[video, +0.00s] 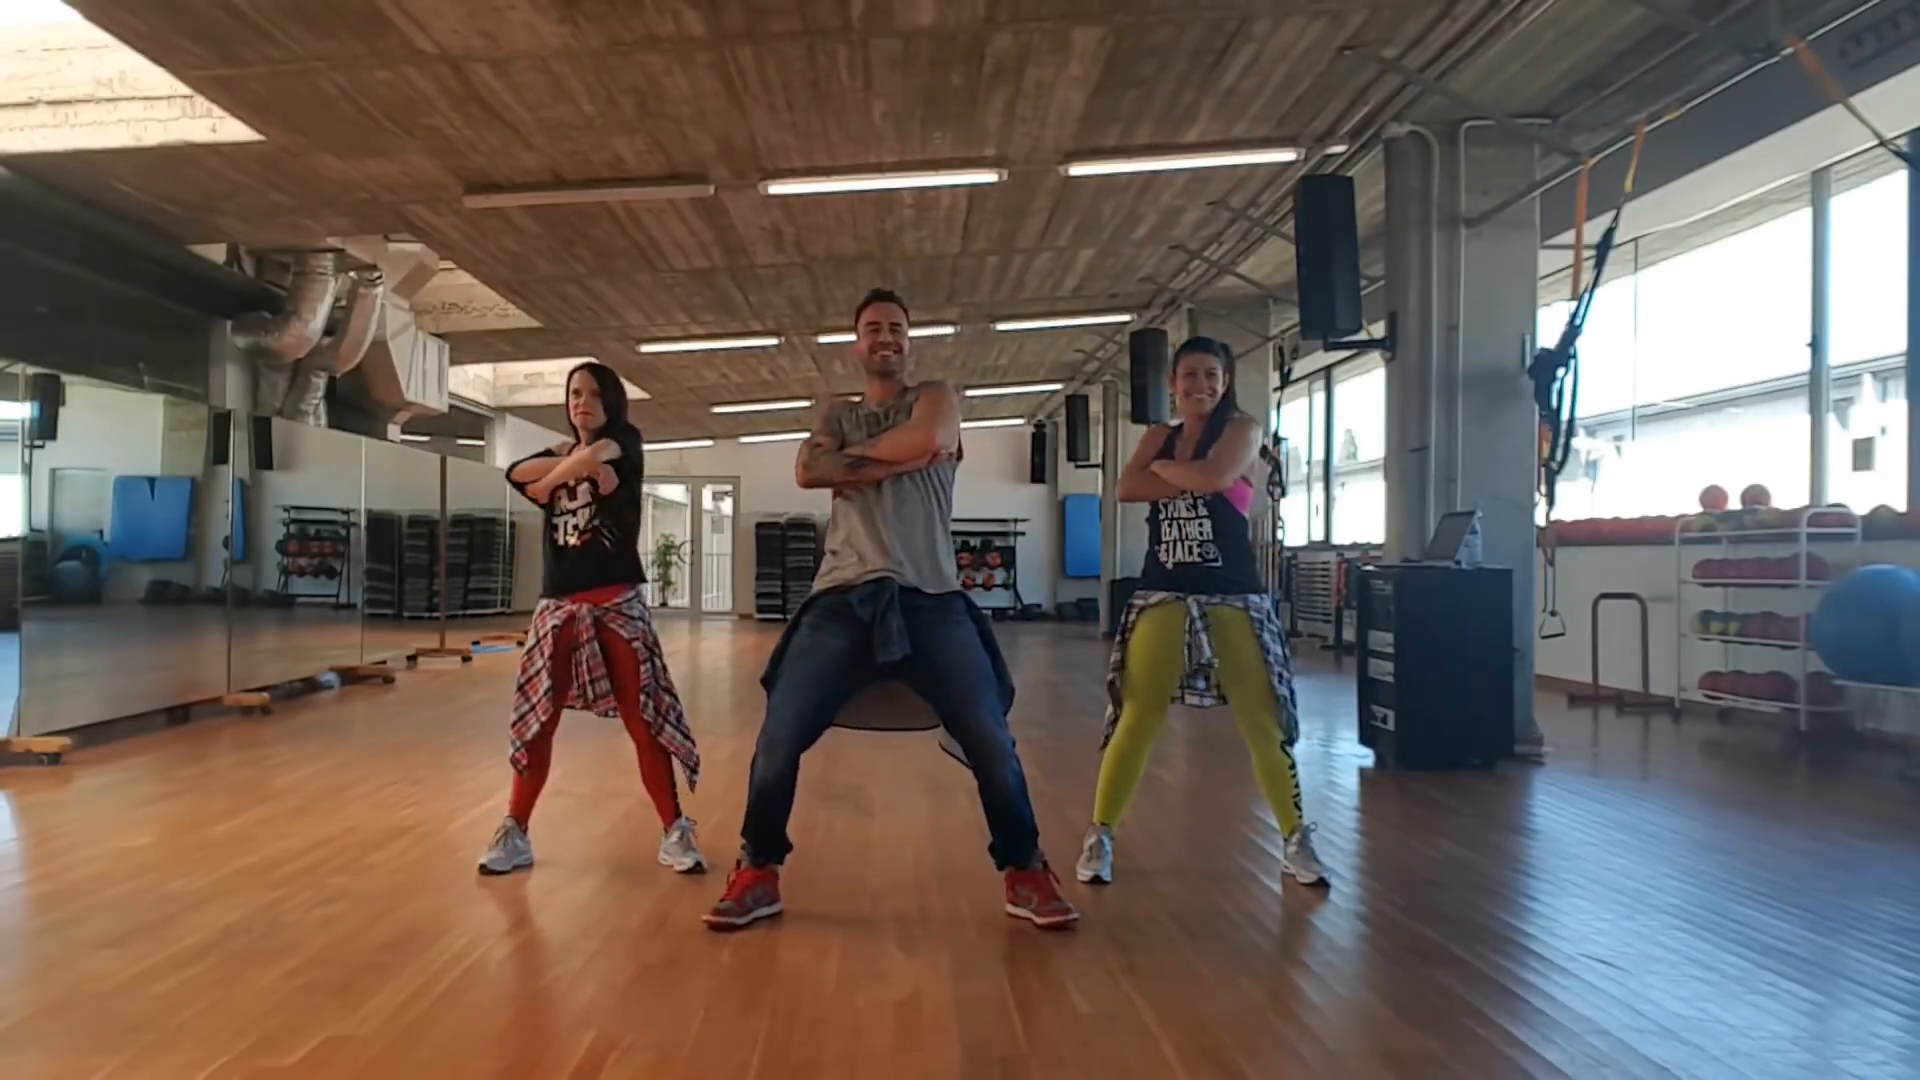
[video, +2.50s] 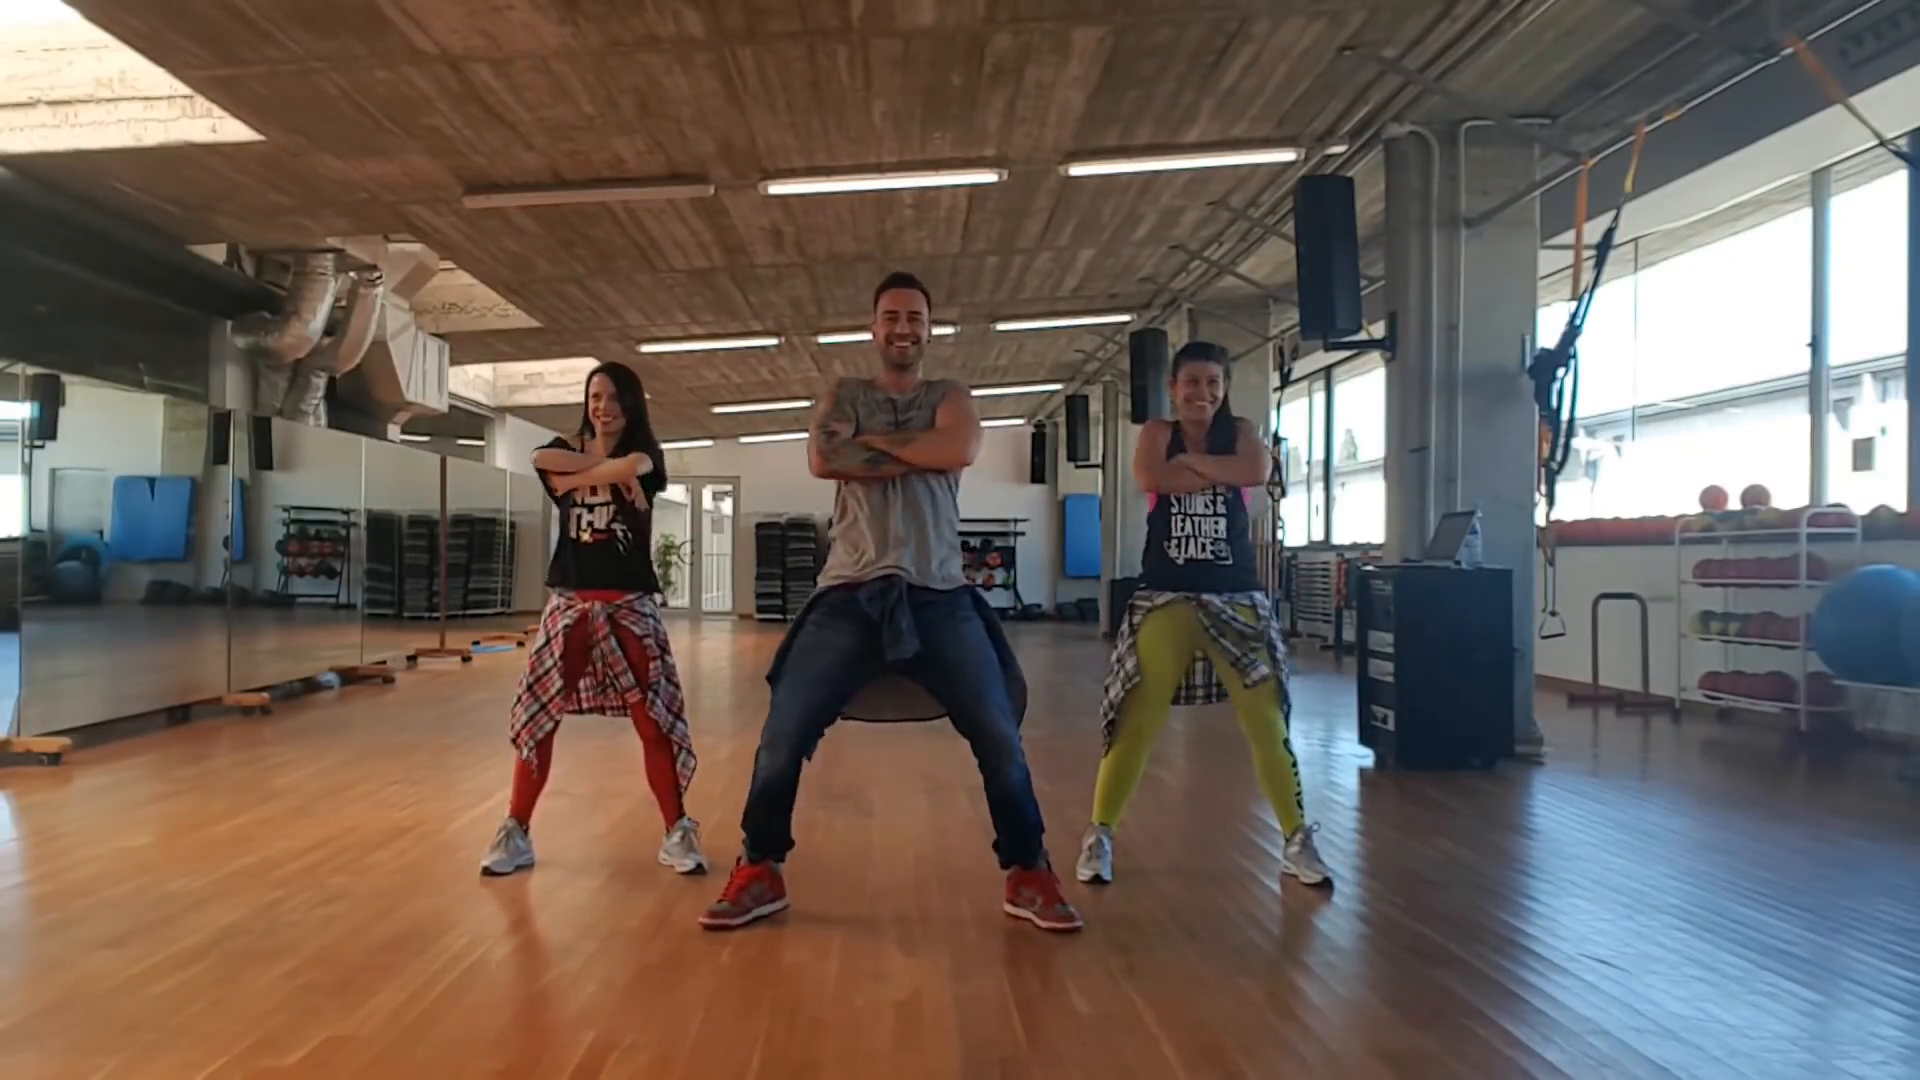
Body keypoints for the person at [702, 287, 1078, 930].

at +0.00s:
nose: (884, 338)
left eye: (894, 329)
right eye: (873, 329)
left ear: (909, 341)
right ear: (855, 344)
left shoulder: (936, 396)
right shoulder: (836, 412)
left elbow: (929, 442)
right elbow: (808, 472)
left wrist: (843, 454)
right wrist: (894, 460)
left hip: (930, 595)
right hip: (842, 595)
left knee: (989, 736)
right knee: (777, 737)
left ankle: (1025, 872)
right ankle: (757, 873)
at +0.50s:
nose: (914, 350)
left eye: (924, 340)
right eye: (903, 340)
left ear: (941, 347)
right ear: (886, 345)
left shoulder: (957, 413)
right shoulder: (864, 396)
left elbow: (988, 459)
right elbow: (862, 451)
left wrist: (896, 448)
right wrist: (950, 463)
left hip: (955, 592)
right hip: (868, 591)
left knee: (1011, 732)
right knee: (808, 733)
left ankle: (1030, 873)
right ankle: (765, 873)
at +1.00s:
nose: (890, 347)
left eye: (901, 337)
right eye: (879, 337)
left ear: (918, 342)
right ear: (864, 342)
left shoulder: (945, 404)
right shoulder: (840, 408)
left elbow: (944, 453)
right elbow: (814, 467)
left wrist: (855, 446)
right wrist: (909, 462)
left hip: (935, 596)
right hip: (846, 596)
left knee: (996, 733)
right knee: (780, 741)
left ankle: (1029, 873)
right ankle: (758, 873)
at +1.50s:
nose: (909, 329)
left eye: (918, 320)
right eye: (898, 320)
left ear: (935, 332)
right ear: (880, 333)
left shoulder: (956, 402)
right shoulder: (854, 396)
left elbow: (977, 453)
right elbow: (845, 458)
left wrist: (885, 442)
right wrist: (936, 452)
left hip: (951, 592)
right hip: (862, 591)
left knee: (1006, 730)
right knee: (801, 730)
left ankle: (1031, 874)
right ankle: (762, 872)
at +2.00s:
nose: (901, 325)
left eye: (911, 316)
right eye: (889, 316)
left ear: (928, 330)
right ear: (870, 331)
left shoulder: (951, 400)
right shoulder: (847, 398)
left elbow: (968, 456)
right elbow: (828, 463)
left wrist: (873, 444)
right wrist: (921, 462)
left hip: (945, 593)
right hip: (855, 591)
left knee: (1005, 732)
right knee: (791, 730)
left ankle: (1034, 873)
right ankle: (761, 873)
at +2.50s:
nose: (902, 327)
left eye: (914, 317)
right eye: (891, 316)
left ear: (930, 329)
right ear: (873, 327)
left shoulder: (948, 395)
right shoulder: (843, 394)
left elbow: (960, 450)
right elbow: (820, 461)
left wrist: (864, 439)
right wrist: (916, 456)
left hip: (938, 593)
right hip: (848, 590)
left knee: (997, 731)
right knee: (782, 729)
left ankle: (1028, 874)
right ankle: (760, 871)